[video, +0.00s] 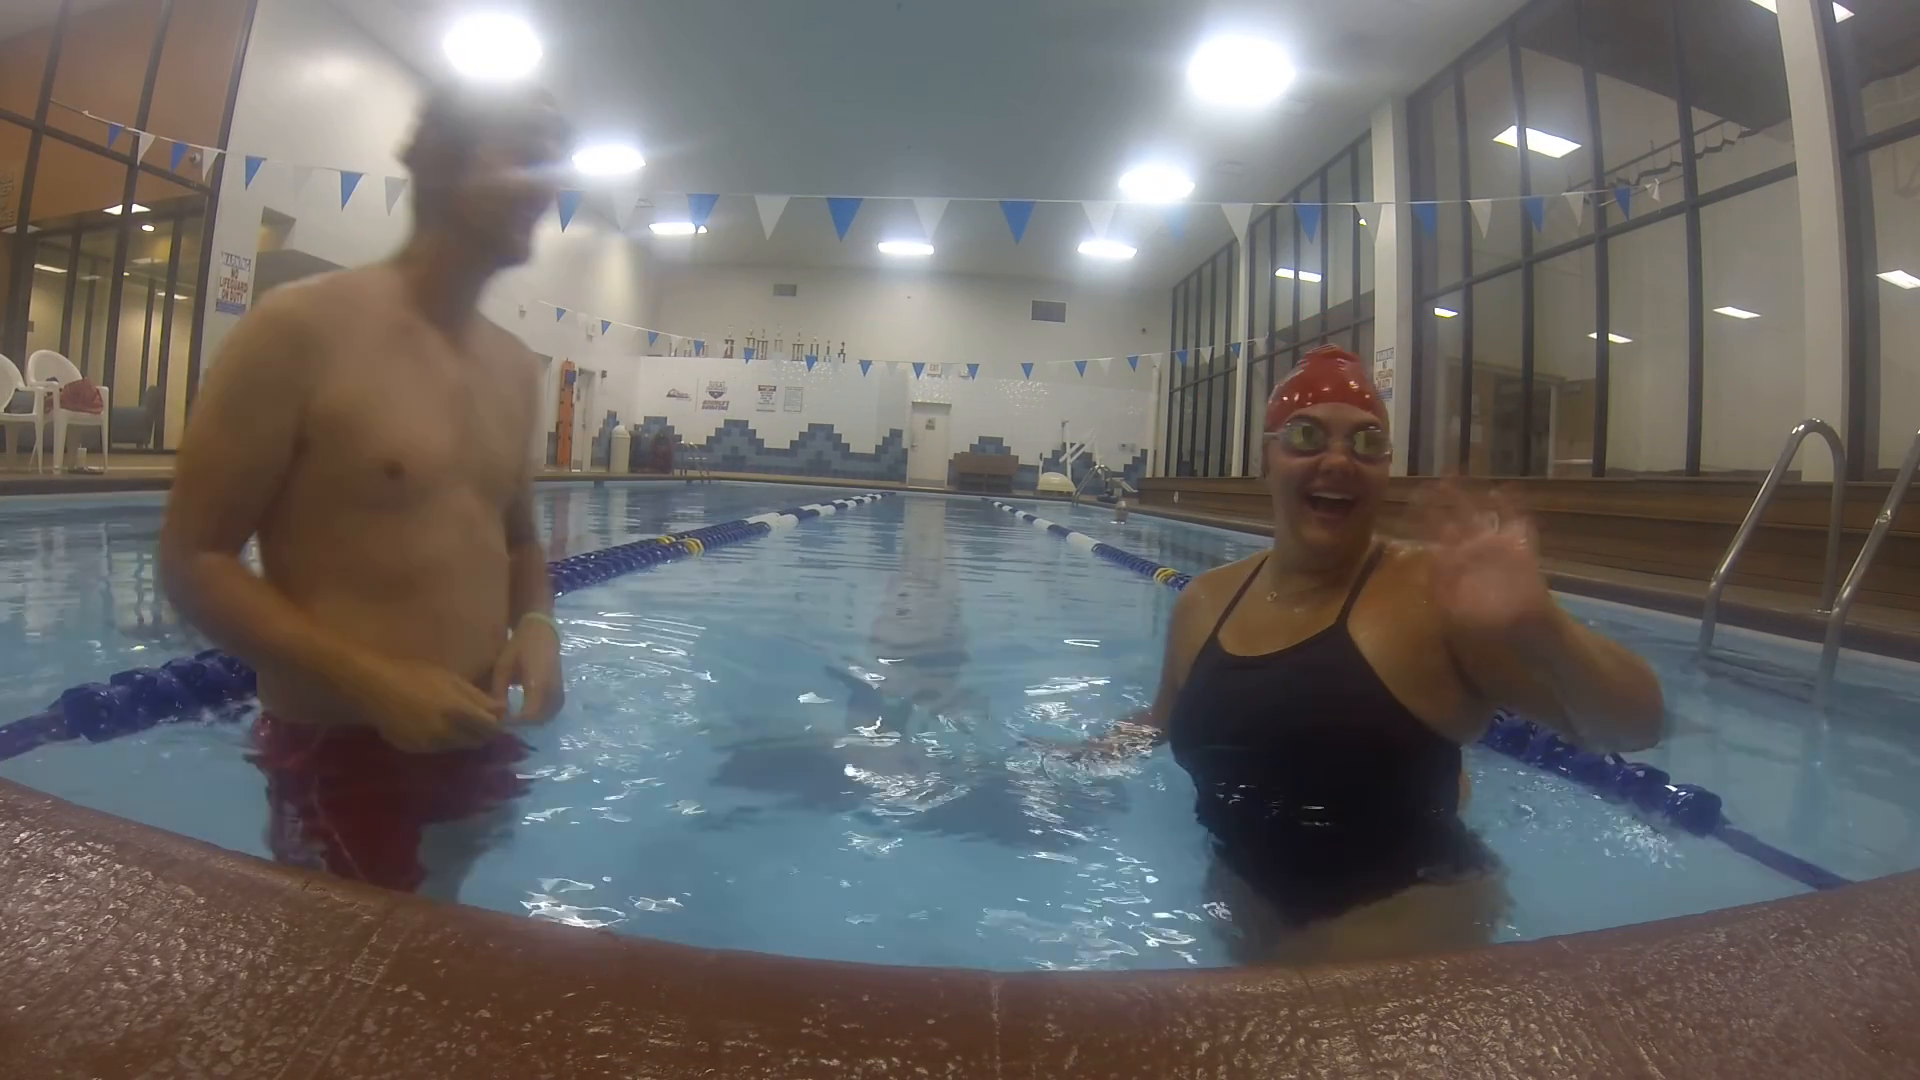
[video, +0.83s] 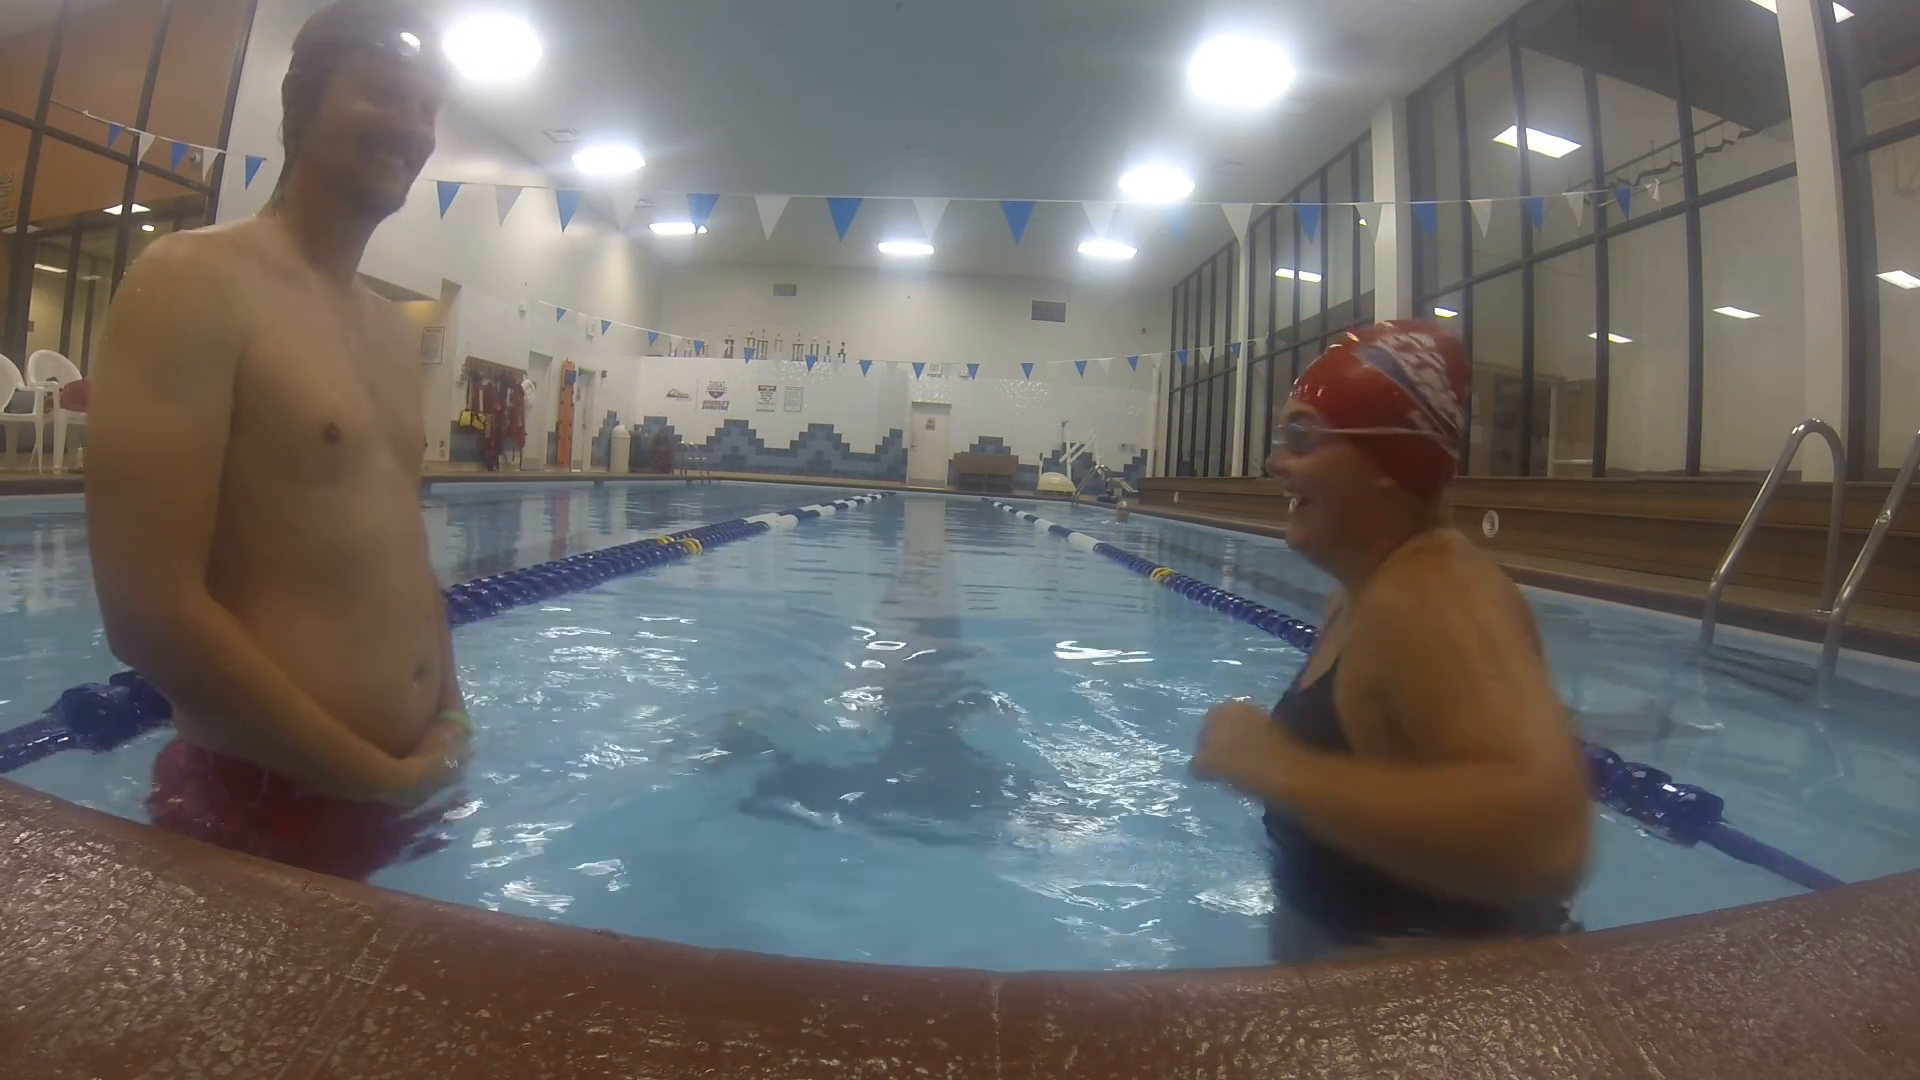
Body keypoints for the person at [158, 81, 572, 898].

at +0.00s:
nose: (546, 185)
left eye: (553, 163)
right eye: (520, 155)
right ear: (431, 166)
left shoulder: (513, 364)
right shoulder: (299, 331)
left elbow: (518, 532)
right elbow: (192, 560)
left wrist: (535, 620)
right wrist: (375, 685)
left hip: (474, 753)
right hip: (339, 759)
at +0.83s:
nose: (410, 124)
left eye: (429, 107)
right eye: (378, 88)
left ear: (435, 138)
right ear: (296, 101)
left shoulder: (395, 327)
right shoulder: (192, 280)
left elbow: (394, 546)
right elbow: (149, 610)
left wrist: (446, 714)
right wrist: (385, 778)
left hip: (399, 789)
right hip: (254, 801)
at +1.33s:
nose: (408, 134)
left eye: (425, 113)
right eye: (378, 93)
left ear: (427, 139)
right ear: (292, 96)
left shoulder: (382, 324)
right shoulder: (170, 274)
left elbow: (384, 537)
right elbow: (123, 606)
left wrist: (425, 704)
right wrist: (363, 770)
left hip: (374, 790)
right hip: (233, 800)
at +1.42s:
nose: (418, 143)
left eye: (426, 122)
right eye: (394, 105)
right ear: (304, 94)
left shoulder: (366, 317)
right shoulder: (166, 273)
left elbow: (380, 539)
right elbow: (125, 610)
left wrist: (424, 704)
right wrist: (371, 768)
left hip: (367, 780)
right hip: (241, 797)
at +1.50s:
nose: (422, 150)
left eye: (426, 126)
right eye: (402, 112)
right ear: (306, 96)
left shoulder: (361, 316)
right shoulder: (162, 273)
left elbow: (377, 540)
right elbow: (126, 615)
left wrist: (423, 699)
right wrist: (376, 764)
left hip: (364, 781)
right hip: (236, 797)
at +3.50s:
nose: (445, 170)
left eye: (448, 141)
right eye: (434, 131)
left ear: (357, 115)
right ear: (347, 104)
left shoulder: (356, 313)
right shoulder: (178, 276)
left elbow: (370, 551)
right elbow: (149, 627)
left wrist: (432, 708)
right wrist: (392, 772)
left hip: (369, 790)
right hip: (254, 806)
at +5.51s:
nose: (1022, 101)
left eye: (1030, 69)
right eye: (1031, 66)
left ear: (851, 55)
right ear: (1010, 56)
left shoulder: (753, 177)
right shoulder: (859, 172)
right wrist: (948, 861)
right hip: (754, 935)